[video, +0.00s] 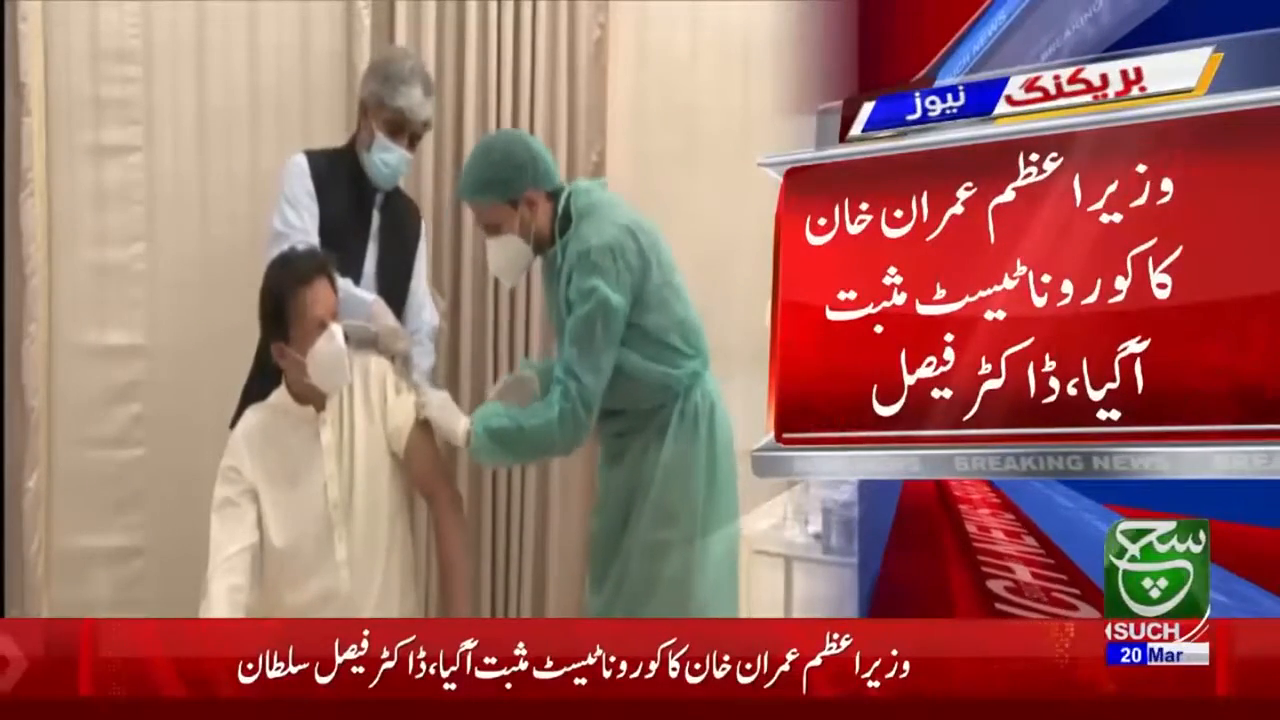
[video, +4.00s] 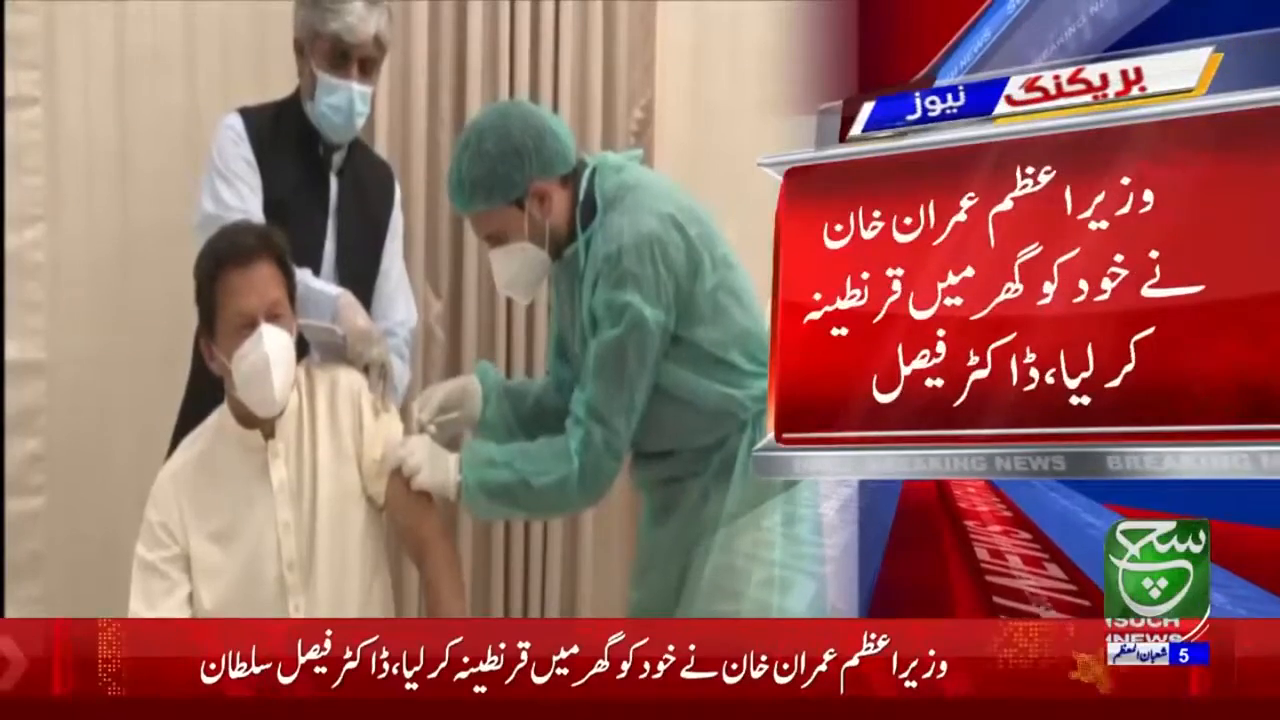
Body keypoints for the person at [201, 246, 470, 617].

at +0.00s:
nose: (336, 338)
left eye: (337, 321)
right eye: (319, 329)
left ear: (346, 319)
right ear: (281, 349)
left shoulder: (375, 380)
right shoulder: (253, 436)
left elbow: (442, 495)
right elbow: (230, 567)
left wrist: (459, 615)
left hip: (388, 617)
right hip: (292, 629)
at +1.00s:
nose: (332, 337)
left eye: (335, 321)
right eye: (315, 329)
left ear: (344, 319)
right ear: (280, 346)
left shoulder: (375, 380)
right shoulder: (253, 435)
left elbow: (442, 496)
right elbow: (227, 570)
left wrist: (458, 615)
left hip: (388, 617)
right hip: (293, 630)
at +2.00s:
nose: (262, 329)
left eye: (271, 308)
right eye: (241, 317)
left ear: (291, 314)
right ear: (210, 348)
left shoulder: (343, 389)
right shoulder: (178, 479)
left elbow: (430, 527)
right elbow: (157, 635)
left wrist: (455, 640)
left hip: (362, 666)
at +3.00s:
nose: (265, 333)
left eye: (274, 311)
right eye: (244, 321)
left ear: (294, 314)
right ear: (212, 349)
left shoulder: (345, 392)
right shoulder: (179, 482)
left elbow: (430, 535)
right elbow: (159, 638)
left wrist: (454, 646)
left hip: (364, 673)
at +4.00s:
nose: (266, 339)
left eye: (276, 318)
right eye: (245, 327)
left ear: (295, 320)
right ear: (212, 353)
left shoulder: (345, 399)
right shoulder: (180, 485)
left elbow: (428, 537)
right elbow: (159, 640)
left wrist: (455, 644)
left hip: (364, 675)